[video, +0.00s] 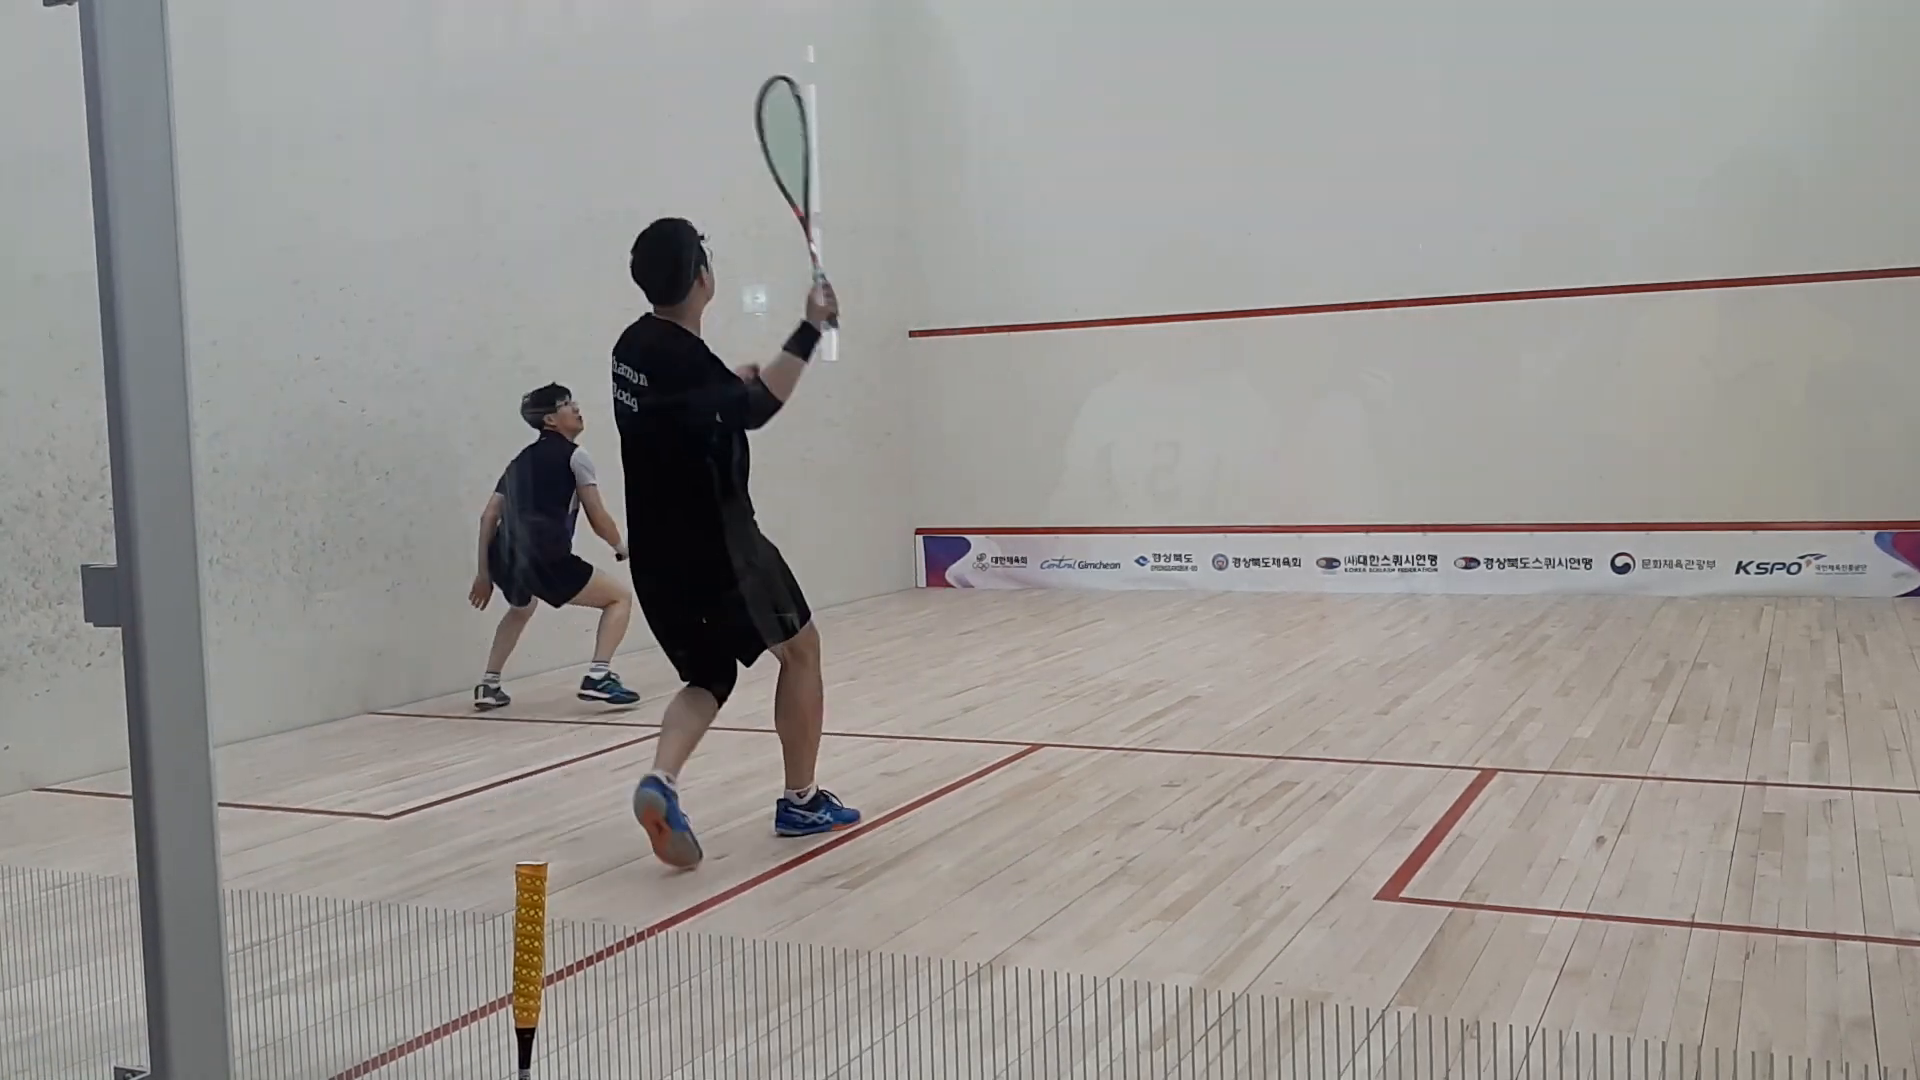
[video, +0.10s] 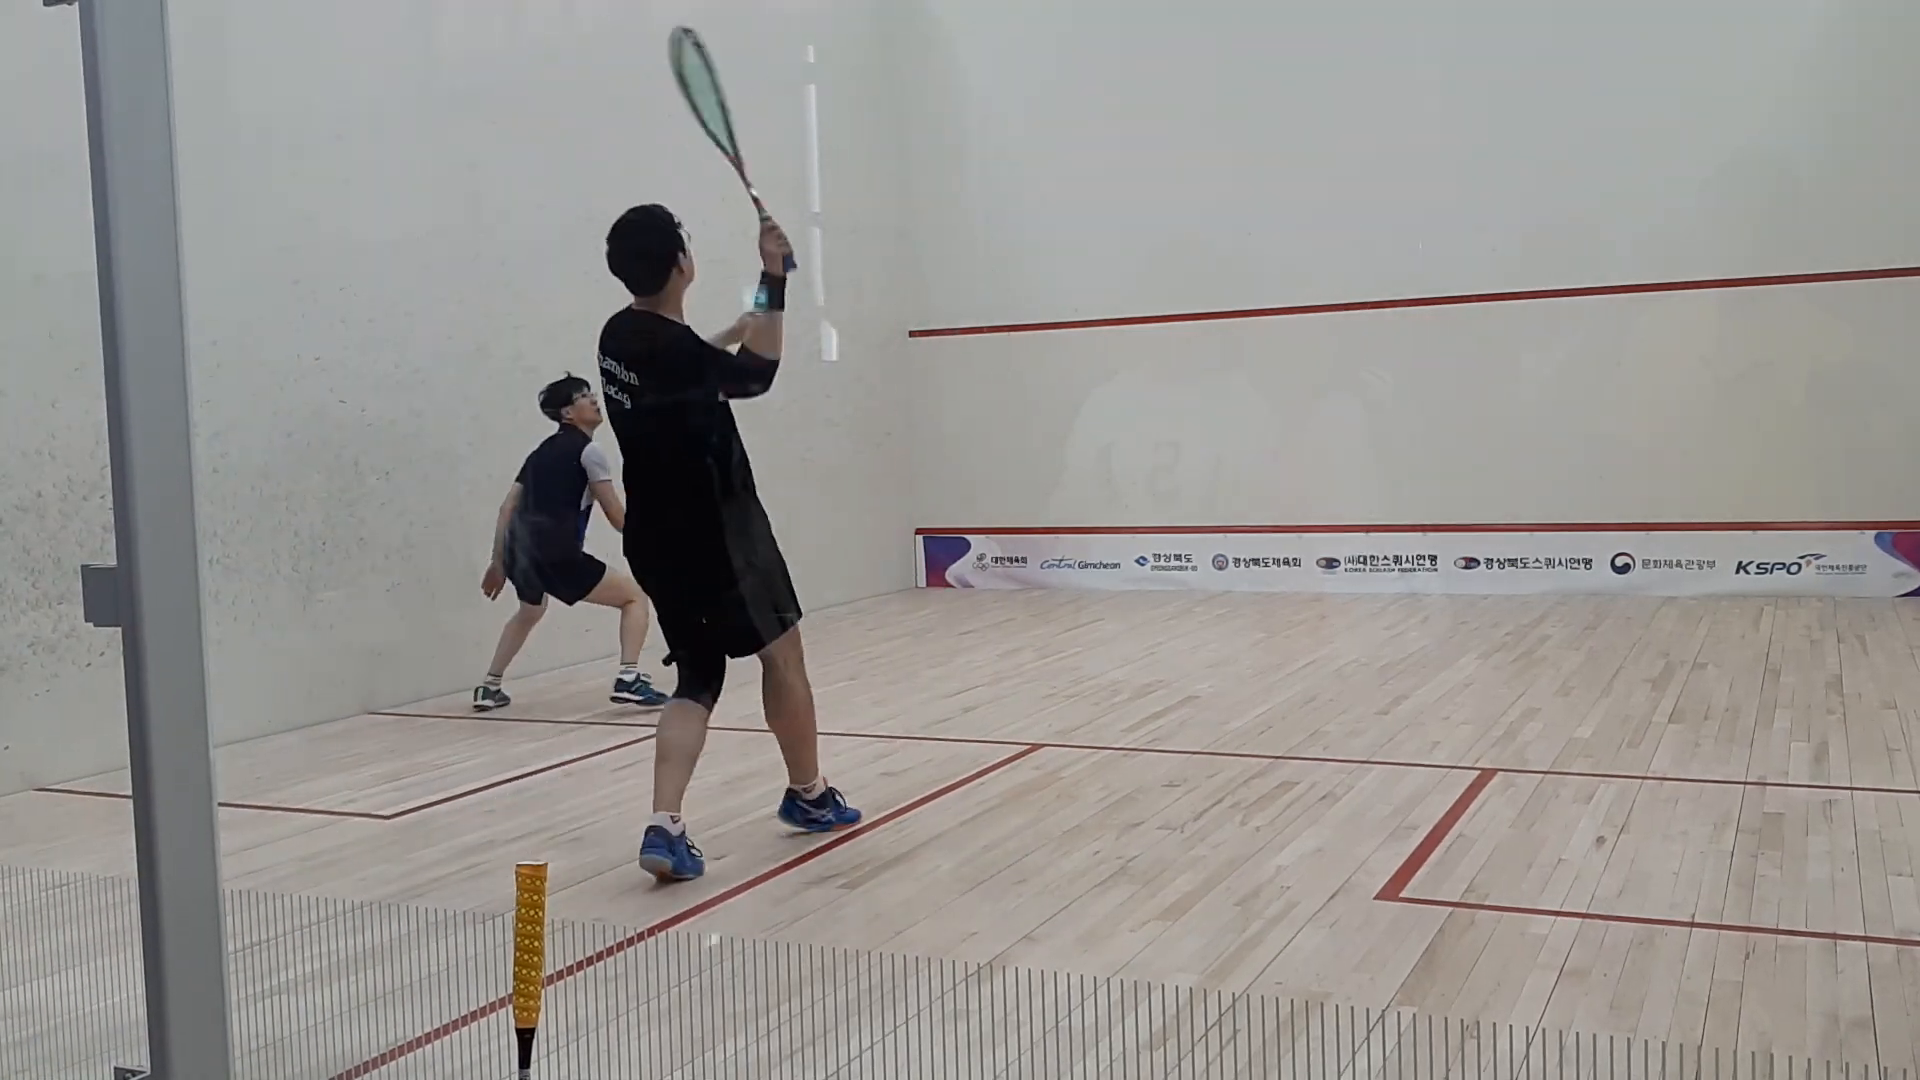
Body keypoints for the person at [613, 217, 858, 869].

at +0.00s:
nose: (711, 273)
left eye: (705, 262)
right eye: (707, 264)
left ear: (647, 282)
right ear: (701, 277)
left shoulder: (631, 347)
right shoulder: (689, 359)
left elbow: (677, 414)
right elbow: (756, 408)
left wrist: (733, 384)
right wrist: (812, 329)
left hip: (656, 548)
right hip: (722, 542)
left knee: (711, 669)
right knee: (800, 648)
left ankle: (660, 780)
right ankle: (801, 799)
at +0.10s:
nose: (693, 257)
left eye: (686, 247)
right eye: (688, 248)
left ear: (627, 272)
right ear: (679, 263)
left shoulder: (618, 336)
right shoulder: (673, 345)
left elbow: (731, 359)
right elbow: (758, 375)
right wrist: (774, 283)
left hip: (657, 537)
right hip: (724, 529)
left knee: (698, 670)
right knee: (782, 649)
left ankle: (663, 825)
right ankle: (808, 792)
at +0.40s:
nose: (608, 171)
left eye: (596, 163)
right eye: (600, 165)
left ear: (542, 206)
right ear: (597, 180)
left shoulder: (542, 278)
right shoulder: (657, 225)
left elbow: (617, 263)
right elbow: (730, 157)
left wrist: (648, 192)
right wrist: (769, 96)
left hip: (623, 468)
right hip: (705, 448)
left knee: (632, 647)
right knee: (840, 567)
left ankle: (603, 820)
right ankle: (907, 721)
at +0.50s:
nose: (602, 193)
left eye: (591, 185)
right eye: (596, 185)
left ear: (531, 219)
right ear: (593, 195)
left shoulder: (530, 298)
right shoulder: (649, 263)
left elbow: (616, 297)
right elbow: (751, 272)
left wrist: (647, 226)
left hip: (619, 509)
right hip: (704, 482)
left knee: (623, 673)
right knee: (852, 557)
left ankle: (562, 847)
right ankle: (985, 673)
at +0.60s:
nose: (616, 234)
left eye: (604, 226)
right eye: (610, 226)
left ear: (543, 254)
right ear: (609, 237)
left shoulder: (535, 338)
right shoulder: (650, 321)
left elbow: (623, 384)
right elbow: (746, 402)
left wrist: (674, 318)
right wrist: (765, 385)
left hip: (604, 564)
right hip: (695, 540)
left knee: (611, 721)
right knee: (851, 584)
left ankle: (552, 895)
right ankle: (1015, 663)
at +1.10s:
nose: (833, 221)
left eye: (827, 210)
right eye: (830, 211)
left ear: (756, 227)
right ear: (817, 223)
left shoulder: (710, 308)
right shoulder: (827, 299)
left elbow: (669, 401)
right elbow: (812, 402)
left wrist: (625, 491)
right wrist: (777, 480)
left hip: (733, 535)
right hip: (805, 535)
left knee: (757, 679)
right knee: (814, 707)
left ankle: (683, 826)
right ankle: (824, 898)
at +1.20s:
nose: (866, 239)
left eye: (859, 227)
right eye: (863, 227)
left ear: (789, 231)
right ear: (849, 230)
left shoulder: (739, 309)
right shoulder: (856, 303)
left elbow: (705, 400)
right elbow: (843, 407)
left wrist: (661, 481)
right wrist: (822, 494)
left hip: (750, 529)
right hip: (811, 532)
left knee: (791, 684)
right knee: (823, 707)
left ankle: (783, 835)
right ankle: (825, 898)